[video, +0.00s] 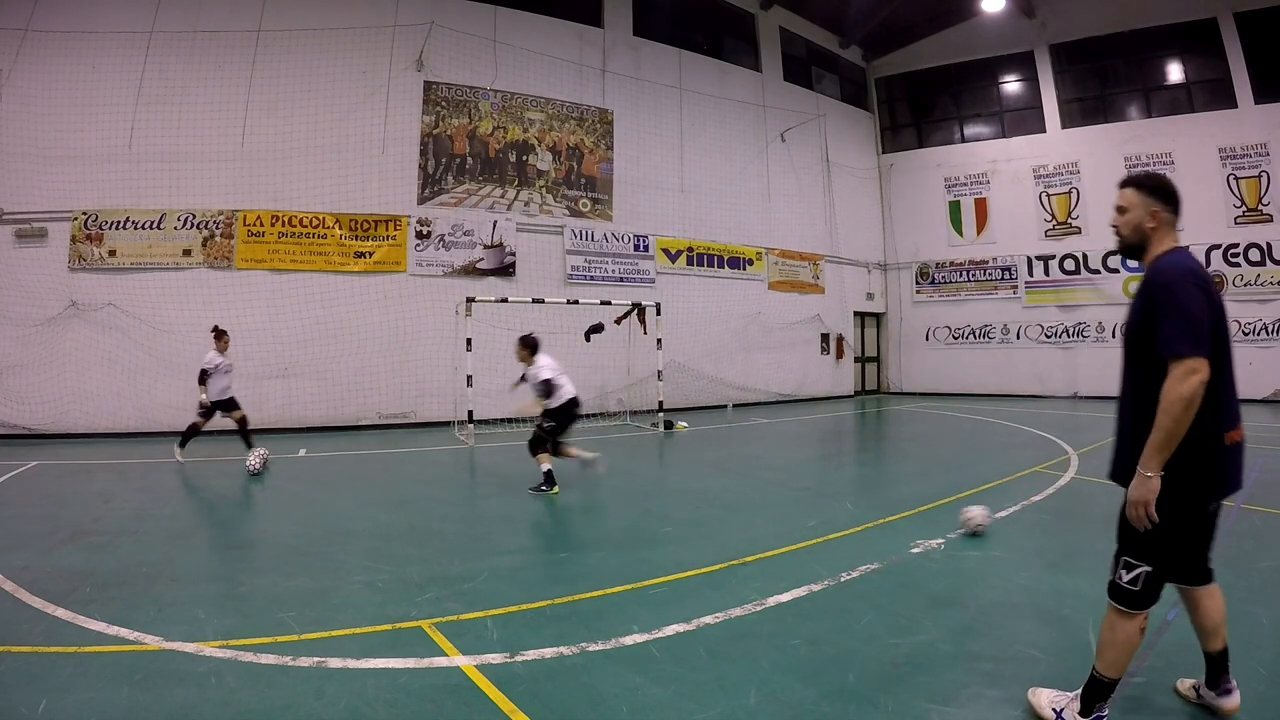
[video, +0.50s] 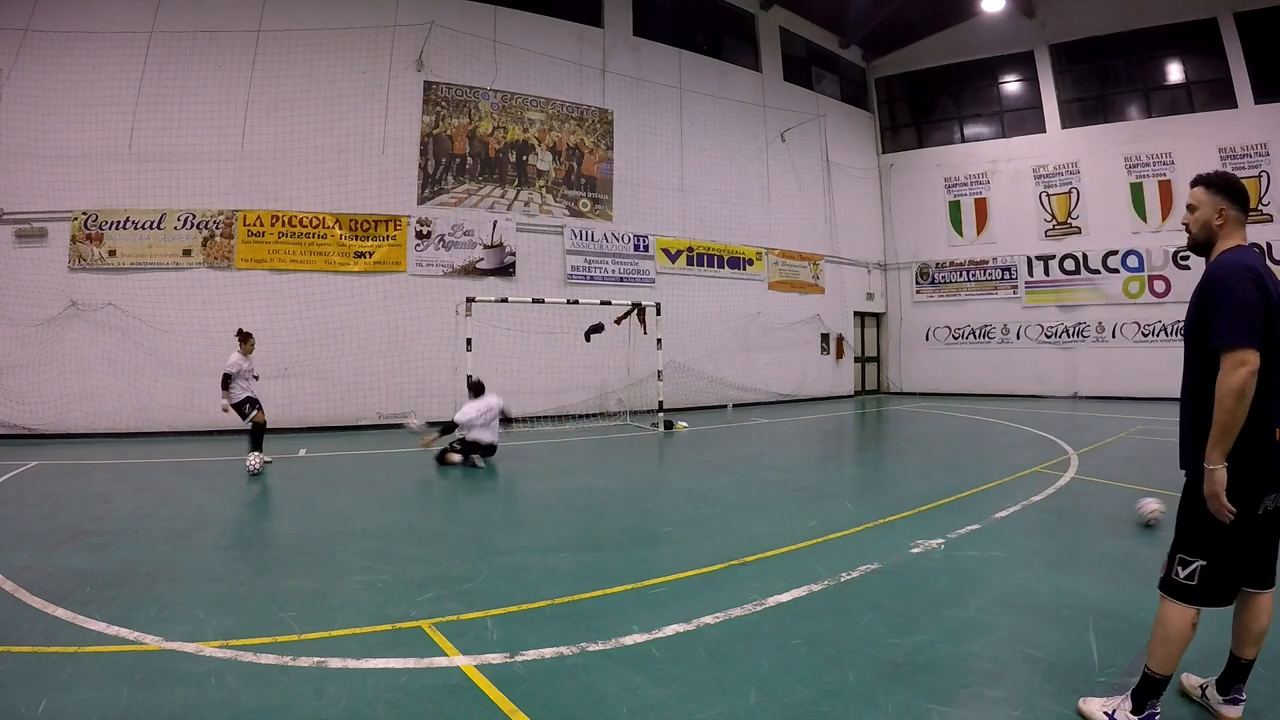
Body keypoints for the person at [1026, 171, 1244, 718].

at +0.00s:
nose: (1114, 221)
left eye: (1123, 211)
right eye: (1115, 211)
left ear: (1157, 216)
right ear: (1158, 219)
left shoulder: (1170, 279)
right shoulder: (1181, 274)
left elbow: (1190, 375)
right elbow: (1192, 378)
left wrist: (1149, 469)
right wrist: (1152, 462)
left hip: (1168, 473)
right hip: (1197, 467)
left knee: (1128, 595)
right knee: (1194, 576)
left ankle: (1089, 706)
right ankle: (1219, 686)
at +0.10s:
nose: (1134, 223)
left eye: (1143, 213)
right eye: (1136, 214)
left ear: (1178, 220)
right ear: (1176, 223)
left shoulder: (1191, 281)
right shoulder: (1203, 276)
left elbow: (1206, 378)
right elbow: (1215, 380)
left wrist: (1157, 467)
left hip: (1189, 473)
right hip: (1218, 467)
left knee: (1139, 593)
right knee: (1214, 579)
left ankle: (1091, 705)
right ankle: (1223, 691)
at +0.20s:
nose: (1153, 226)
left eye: (1162, 215)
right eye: (1154, 216)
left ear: (1197, 219)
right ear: (1195, 222)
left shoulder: (1209, 281)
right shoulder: (1221, 275)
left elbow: (1224, 376)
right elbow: (1233, 377)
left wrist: (1177, 465)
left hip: (1206, 469)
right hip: (1235, 466)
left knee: (1156, 592)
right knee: (1227, 581)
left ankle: (1097, 702)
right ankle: (1226, 691)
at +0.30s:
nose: (1168, 223)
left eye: (1177, 212)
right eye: (1169, 213)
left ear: (1211, 216)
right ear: (1212, 219)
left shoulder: (1221, 279)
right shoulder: (1237, 274)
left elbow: (1236, 372)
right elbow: (1246, 373)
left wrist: (1198, 462)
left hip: (1215, 466)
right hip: (1248, 463)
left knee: (1163, 585)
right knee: (1241, 581)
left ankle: (1126, 703)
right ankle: (1227, 692)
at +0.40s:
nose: (1176, 220)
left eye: (1185, 209)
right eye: (1179, 210)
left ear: (1219, 215)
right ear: (1224, 217)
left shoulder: (1229, 275)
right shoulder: (1249, 271)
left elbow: (1243, 370)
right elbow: (1251, 373)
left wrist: (1211, 461)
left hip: (1220, 467)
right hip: (1257, 464)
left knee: (1173, 586)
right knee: (1250, 582)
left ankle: (1140, 705)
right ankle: (1228, 693)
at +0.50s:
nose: (1183, 220)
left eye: (1192, 209)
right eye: (1186, 210)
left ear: (1223, 215)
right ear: (1230, 216)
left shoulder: (1231, 274)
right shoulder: (1254, 270)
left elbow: (1242, 368)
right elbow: (1255, 372)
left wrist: (1215, 461)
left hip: (1225, 466)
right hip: (1261, 462)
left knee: (1181, 590)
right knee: (1256, 583)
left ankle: (1140, 706)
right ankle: (1230, 693)